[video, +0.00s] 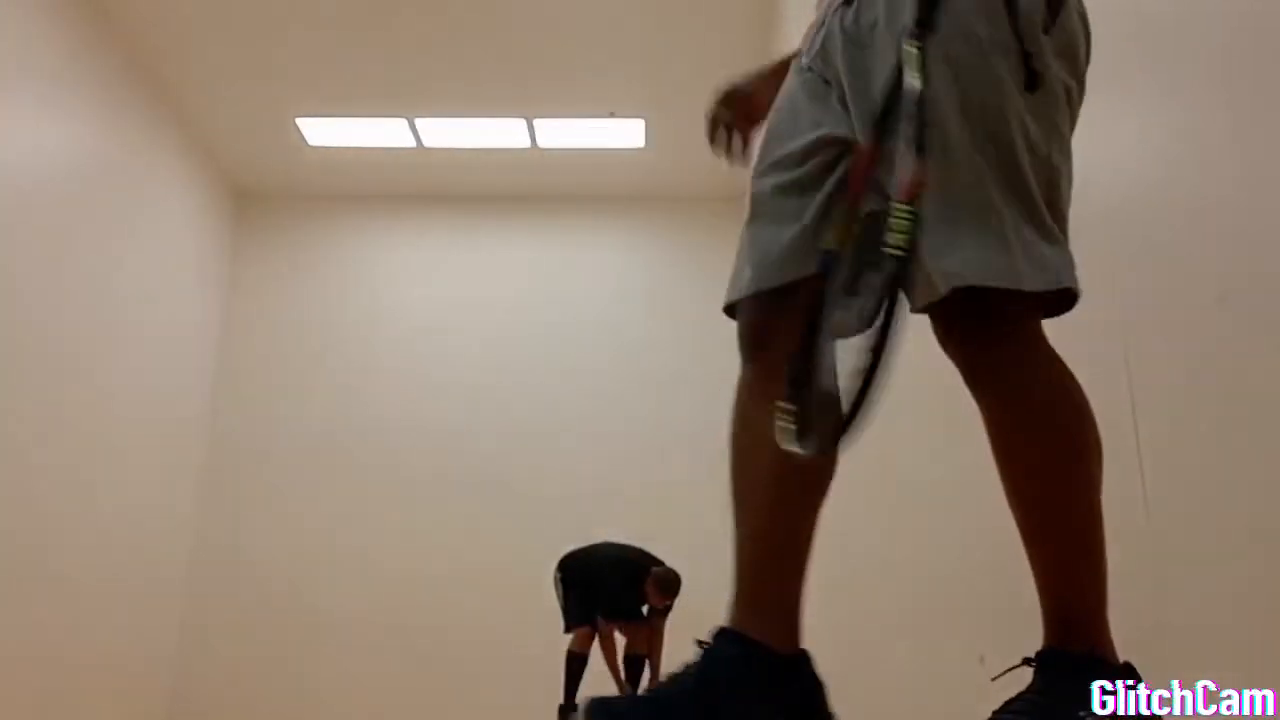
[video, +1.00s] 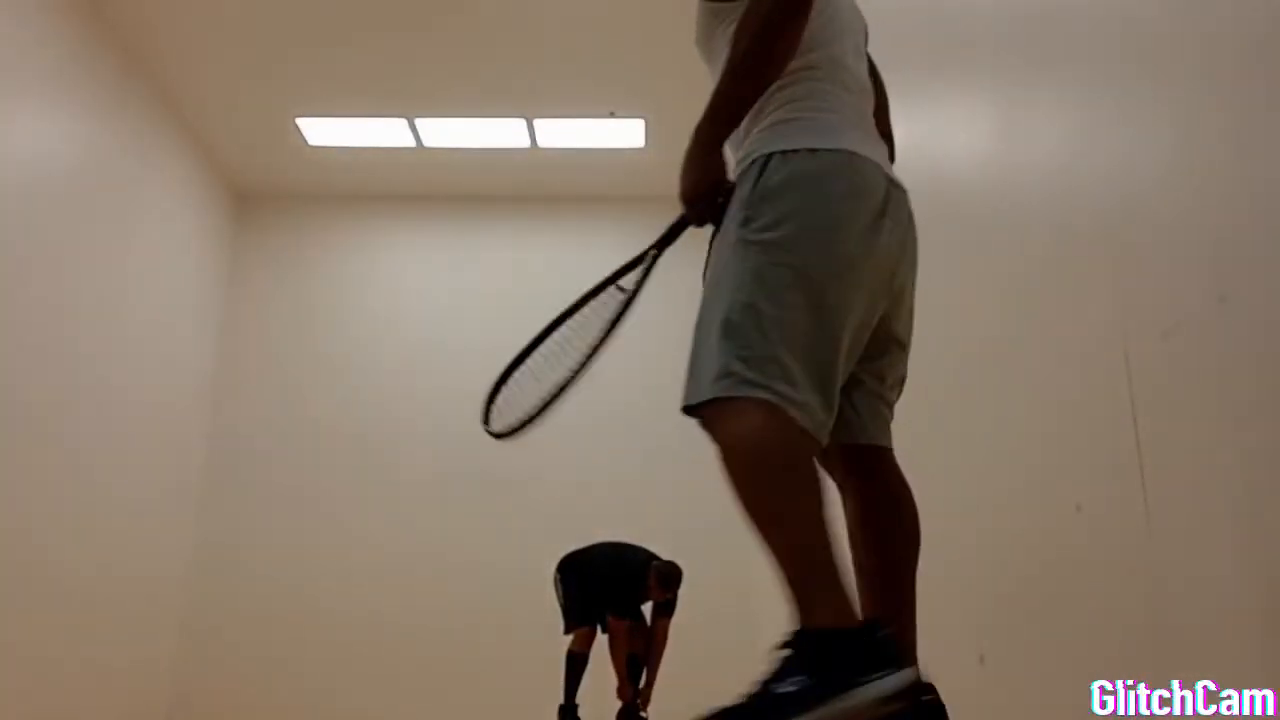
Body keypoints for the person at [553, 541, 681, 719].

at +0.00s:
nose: (659, 607)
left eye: (665, 604)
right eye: (656, 602)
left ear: (672, 595)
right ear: (649, 586)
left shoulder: (666, 587)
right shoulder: (617, 581)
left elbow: (656, 631)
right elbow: (605, 635)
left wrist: (654, 679)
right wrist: (620, 685)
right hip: (573, 573)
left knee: (641, 632)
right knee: (584, 633)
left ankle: (631, 698)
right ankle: (568, 704)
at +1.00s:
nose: (662, 598)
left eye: (667, 594)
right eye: (660, 592)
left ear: (673, 590)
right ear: (652, 582)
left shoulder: (668, 587)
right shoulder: (624, 582)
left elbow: (659, 636)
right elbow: (617, 637)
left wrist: (649, 686)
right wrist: (623, 683)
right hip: (573, 576)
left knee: (640, 637)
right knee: (584, 633)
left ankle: (629, 707)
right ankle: (568, 706)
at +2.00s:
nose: (661, 603)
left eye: (668, 599)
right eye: (660, 596)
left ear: (674, 592)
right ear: (655, 585)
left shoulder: (671, 586)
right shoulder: (628, 584)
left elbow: (660, 639)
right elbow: (620, 639)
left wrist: (647, 689)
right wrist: (624, 690)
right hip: (576, 574)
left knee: (642, 637)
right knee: (586, 634)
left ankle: (629, 709)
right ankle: (569, 706)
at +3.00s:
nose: (662, 603)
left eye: (668, 599)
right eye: (660, 597)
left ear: (674, 591)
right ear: (653, 585)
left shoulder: (670, 584)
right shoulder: (627, 584)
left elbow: (660, 637)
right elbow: (621, 639)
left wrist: (650, 686)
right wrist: (625, 686)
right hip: (577, 574)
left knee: (643, 636)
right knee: (586, 634)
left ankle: (629, 708)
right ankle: (568, 706)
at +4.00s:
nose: (670, 549)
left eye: (675, 544)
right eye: (667, 542)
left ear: (678, 541)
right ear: (656, 534)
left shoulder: (672, 558)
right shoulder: (626, 535)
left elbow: (667, 606)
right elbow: (602, 584)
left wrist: (667, 658)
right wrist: (602, 638)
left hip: (620, 578)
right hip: (581, 569)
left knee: (636, 634)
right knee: (585, 631)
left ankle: (628, 707)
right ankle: (568, 706)